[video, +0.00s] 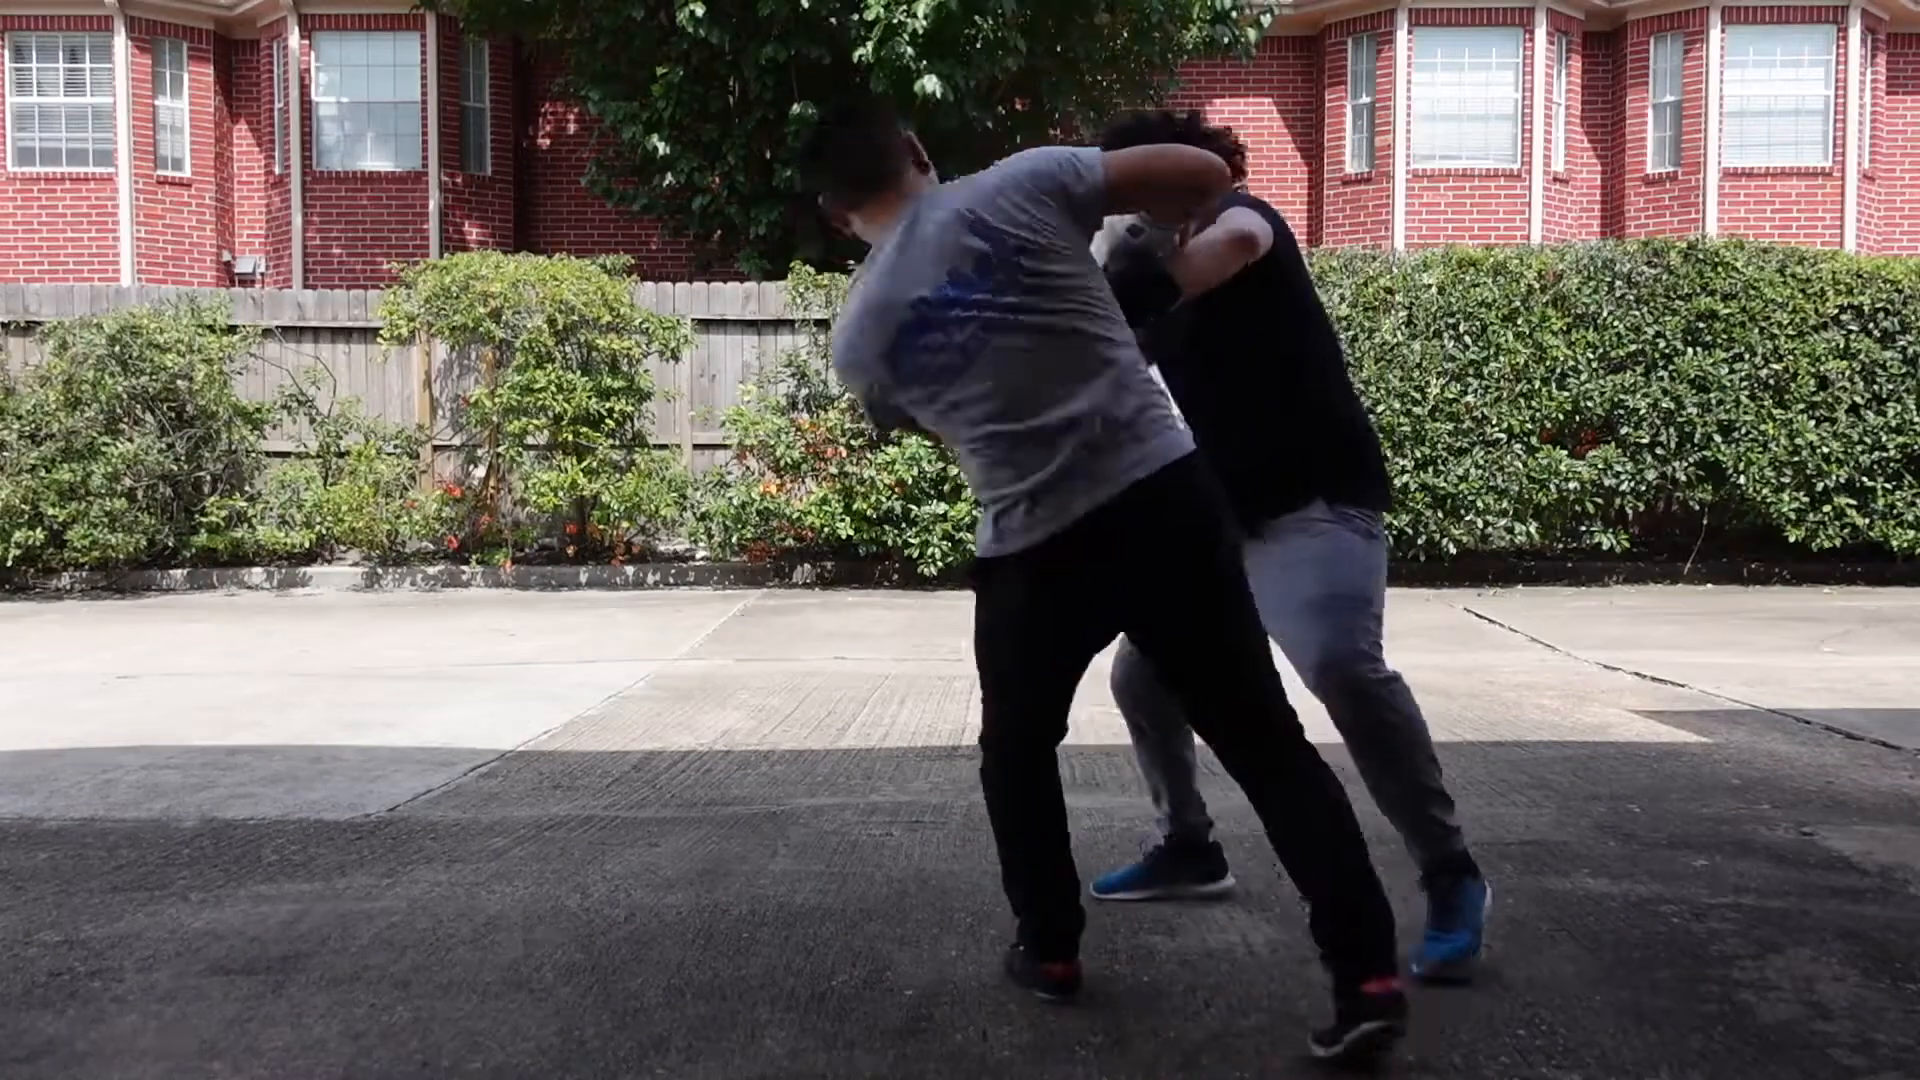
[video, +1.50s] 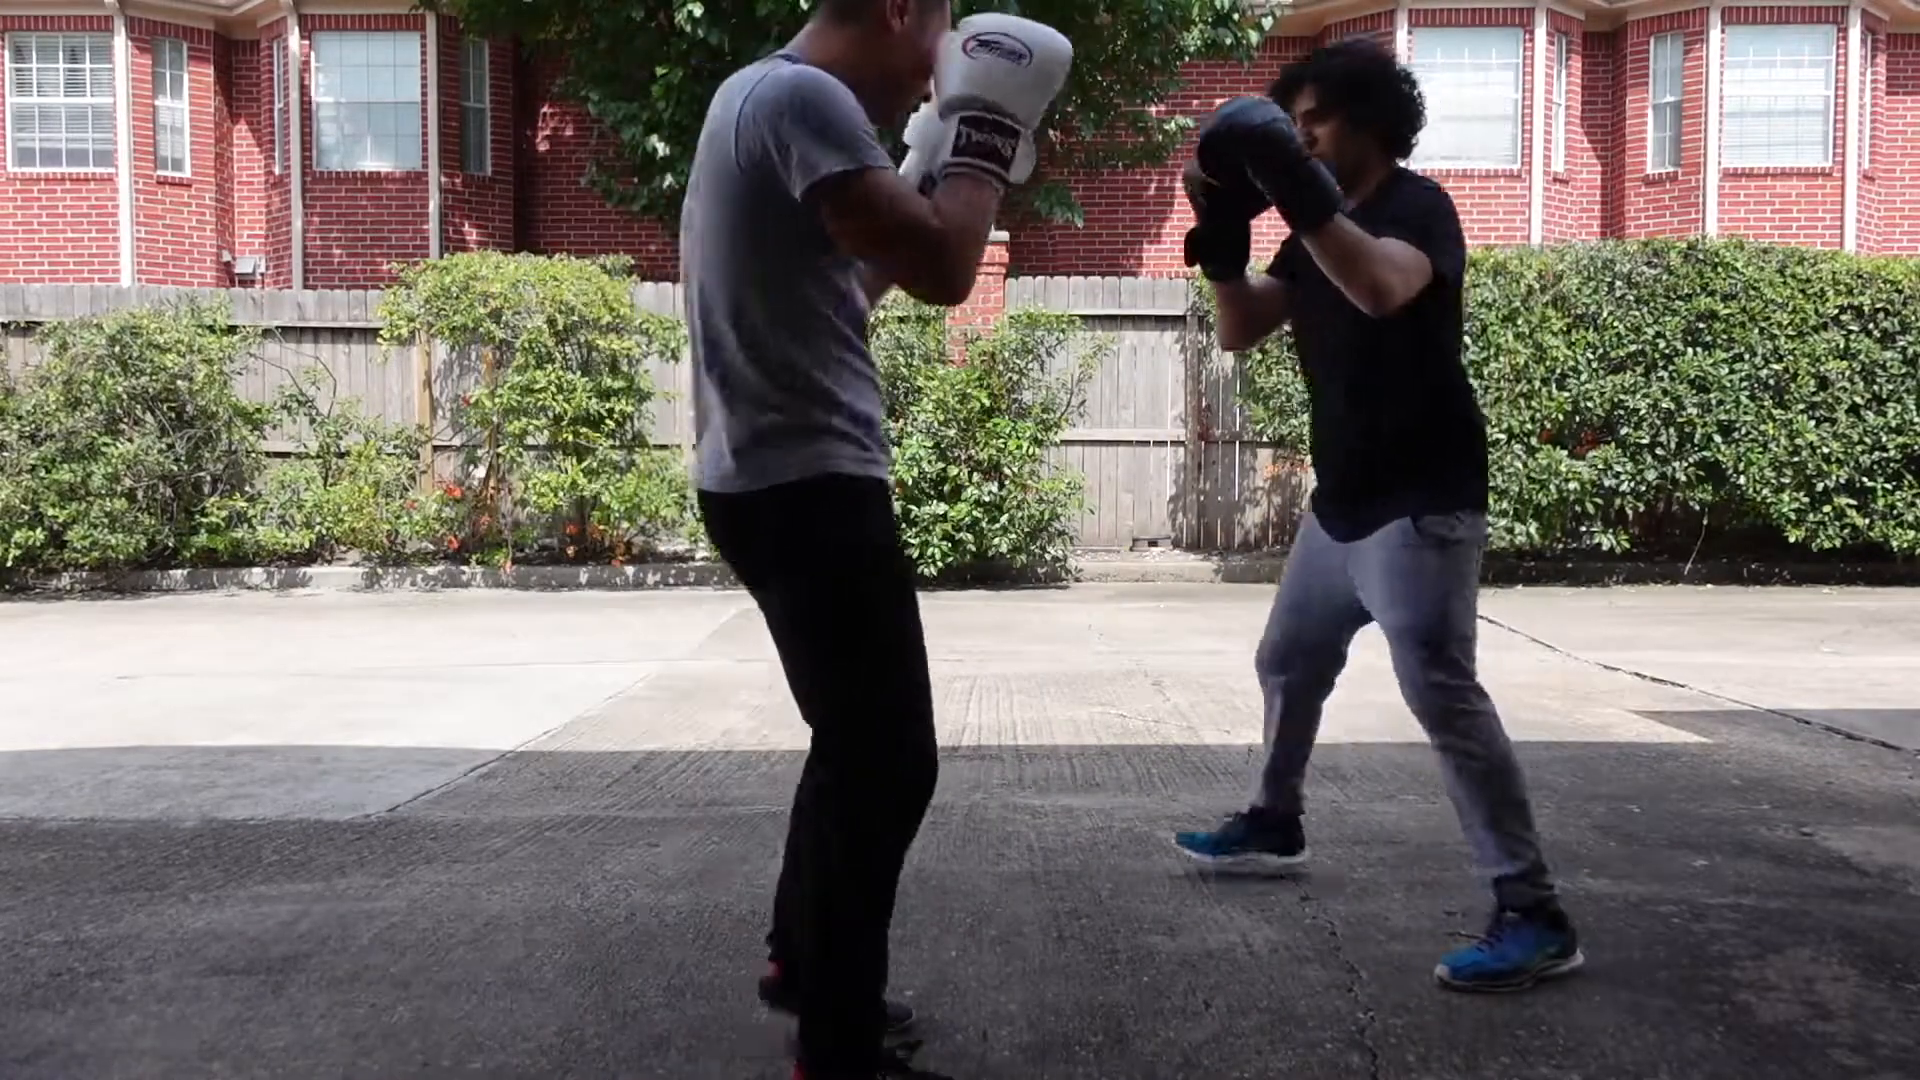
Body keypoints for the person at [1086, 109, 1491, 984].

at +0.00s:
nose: (1119, 207)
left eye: (1132, 190)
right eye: (1115, 193)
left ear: (1191, 178)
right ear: (1132, 199)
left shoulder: (1240, 216)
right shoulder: (1136, 265)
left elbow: (1226, 247)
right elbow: (1083, 336)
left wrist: (1118, 292)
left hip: (1314, 505)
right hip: (1216, 519)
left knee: (1339, 667)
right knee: (1139, 678)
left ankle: (1451, 878)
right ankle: (1187, 844)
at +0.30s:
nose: (1264, 96)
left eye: (1282, 76)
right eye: (1265, 81)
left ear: (1338, 81)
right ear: (1333, 90)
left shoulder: (1346, 168)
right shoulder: (1313, 184)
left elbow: (1266, 311)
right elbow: (1240, 339)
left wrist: (1125, 341)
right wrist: (1202, 250)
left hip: (1354, 483)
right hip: (1286, 484)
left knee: (1330, 673)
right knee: (1219, 657)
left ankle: (1449, 920)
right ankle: (1262, 840)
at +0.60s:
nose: (1330, 87)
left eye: (1348, 66)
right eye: (1331, 68)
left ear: (1407, 74)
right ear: (1406, 81)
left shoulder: (1433, 177)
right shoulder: (1414, 174)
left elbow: (1335, 306)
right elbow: (1344, 307)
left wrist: (1217, 229)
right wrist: (1292, 233)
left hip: (1466, 488)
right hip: (1428, 477)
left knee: (1409, 690)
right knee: (1365, 638)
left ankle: (1468, 947)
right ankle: (1465, 841)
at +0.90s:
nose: (1387, 138)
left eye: (1402, 118)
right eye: (1383, 121)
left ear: (1462, 125)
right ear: (1452, 130)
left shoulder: (1489, 216)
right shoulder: (1472, 223)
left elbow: (1469, 336)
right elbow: (1405, 359)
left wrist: (1361, 253)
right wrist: (1341, 278)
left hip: (1531, 514)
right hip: (1554, 510)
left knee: (1458, 694)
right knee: (1548, 692)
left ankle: (1471, 941)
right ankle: (1654, 873)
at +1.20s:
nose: (1370, 137)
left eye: (1383, 117)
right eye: (1364, 122)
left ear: (1441, 115)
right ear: (1384, 127)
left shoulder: (1495, 203)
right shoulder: (1416, 219)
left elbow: (1440, 295)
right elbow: (1343, 327)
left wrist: (1350, 197)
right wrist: (1313, 253)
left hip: (1531, 501)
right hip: (1489, 501)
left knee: (1470, 685)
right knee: (1499, 686)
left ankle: (1536, 920)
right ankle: (1620, 842)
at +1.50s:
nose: (1298, 142)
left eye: (1314, 123)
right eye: (1294, 127)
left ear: (1372, 124)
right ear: (1304, 137)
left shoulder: (1421, 207)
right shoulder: (1316, 229)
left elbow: (1383, 285)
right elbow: (1240, 328)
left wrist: (1296, 186)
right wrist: (1221, 237)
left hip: (1426, 498)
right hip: (1342, 499)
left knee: (1440, 690)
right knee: (1287, 664)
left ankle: (1532, 912)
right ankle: (1274, 820)